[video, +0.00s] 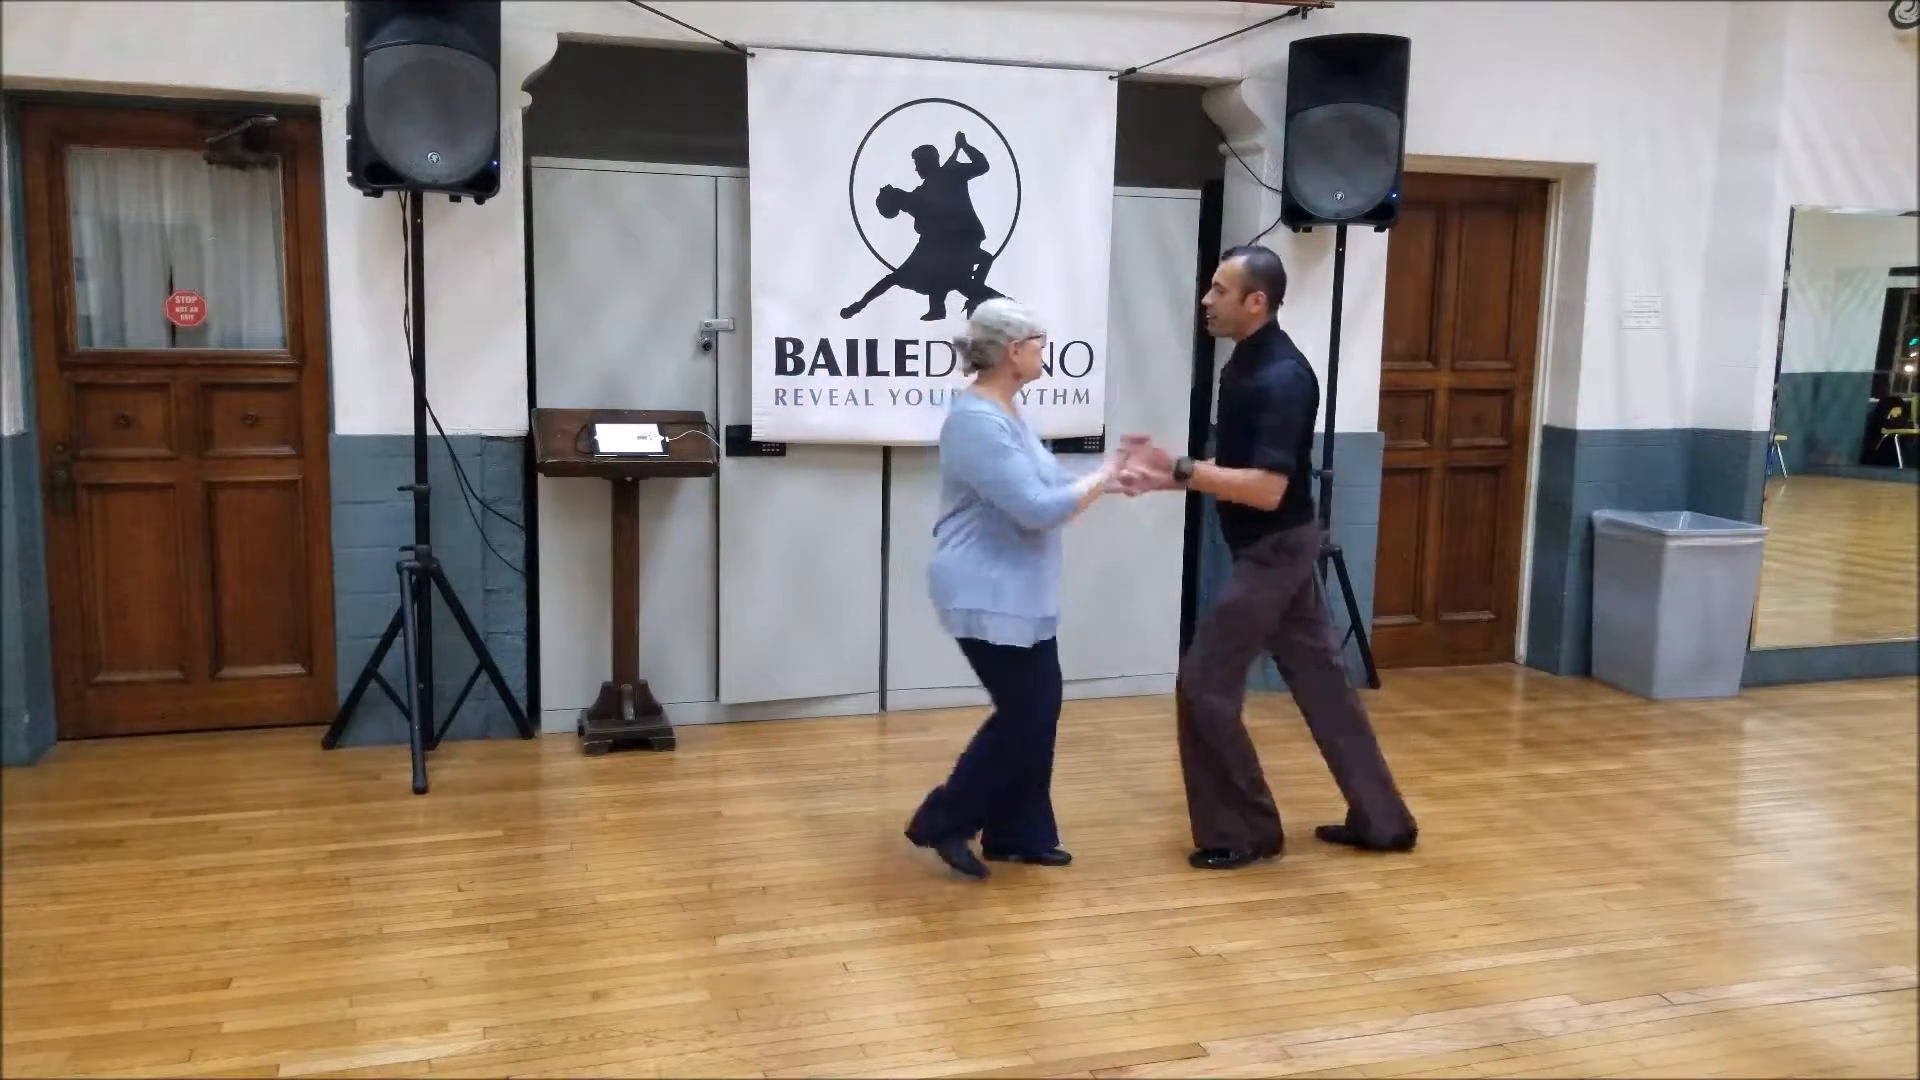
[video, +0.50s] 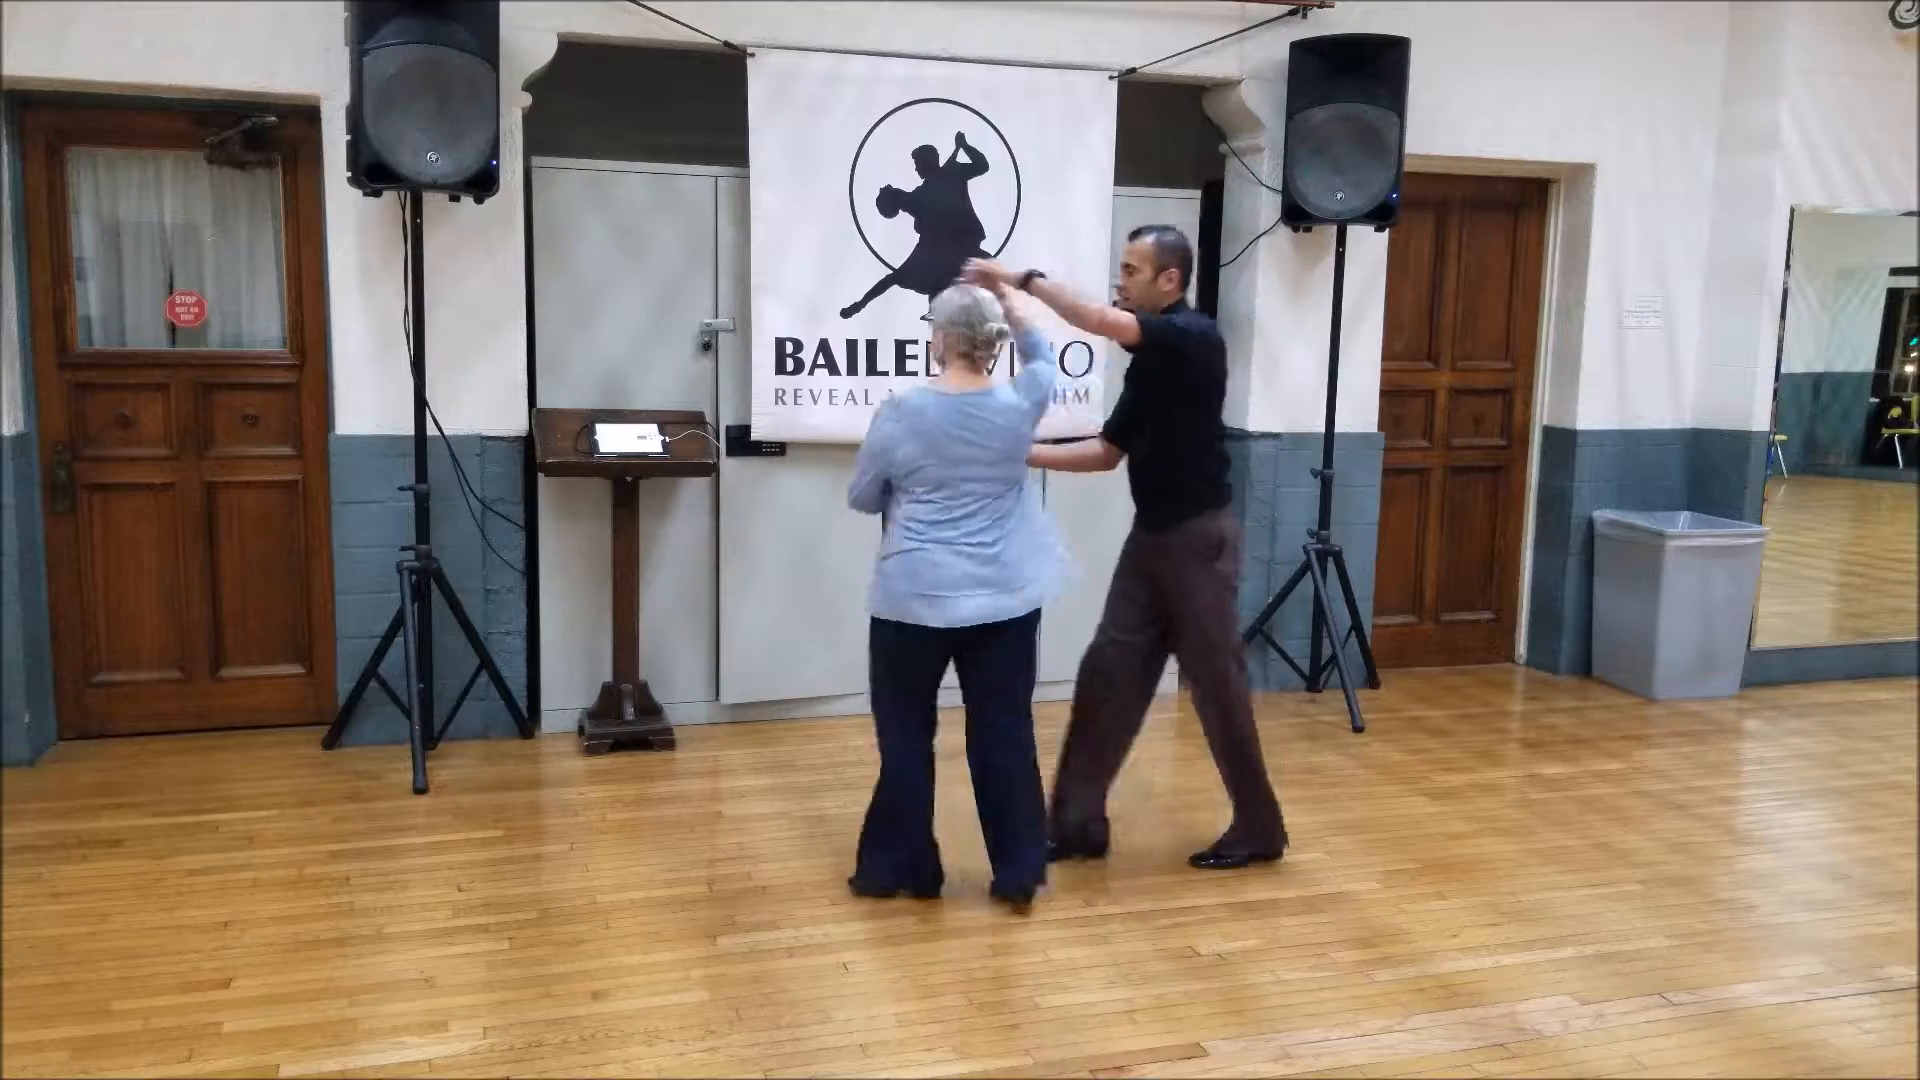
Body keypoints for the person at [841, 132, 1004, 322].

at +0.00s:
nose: (915, 167)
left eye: (917, 162)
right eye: (915, 162)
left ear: (924, 163)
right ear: (936, 160)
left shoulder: (919, 195)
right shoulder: (956, 172)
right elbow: (983, 166)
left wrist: (890, 194)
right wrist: (965, 146)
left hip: (933, 251)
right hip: (965, 246)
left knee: (895, 278)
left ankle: (861, 304)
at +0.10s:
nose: (916, 168)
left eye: (918, 163)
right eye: (916, 163)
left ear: (924, 163)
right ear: (937, 160)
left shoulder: (918, 195)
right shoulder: (955, 172)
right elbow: (982, 166)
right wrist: (964, 146)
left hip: (932, 251)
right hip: (965, 245)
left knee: (894, 278)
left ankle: (860, 305)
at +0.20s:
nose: (916, 168)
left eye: (917, 163)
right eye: (916, 163)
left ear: (924, 163)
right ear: (937, 161)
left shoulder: (917, 196)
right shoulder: (955, 172)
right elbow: (982, 166)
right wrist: (965, 146)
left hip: (931, 252)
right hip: (965, 247)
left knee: (893, 278)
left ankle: (860, 305)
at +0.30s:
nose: (916, 168)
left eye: (918, 163)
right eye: (916, 163)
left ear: (925, 163)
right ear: (937, 161)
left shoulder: (917, 196)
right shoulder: (955, 172)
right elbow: (982, 166)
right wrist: (965, 146)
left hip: (931, 251)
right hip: (965, 247)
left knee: (893, 278)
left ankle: (860, 305)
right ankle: (936, 308)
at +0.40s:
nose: (916, 168)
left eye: (917, 163)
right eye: (915, 163)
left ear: (926, 162)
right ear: (936, 161)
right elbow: (982, 166)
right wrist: (965, 146)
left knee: (894, 277)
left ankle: (860, 305)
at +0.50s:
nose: (916, 167)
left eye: (918, 162)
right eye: (915, 163)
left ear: (928, 162)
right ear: (936, 161)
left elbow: (982, 167)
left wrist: (964, 146)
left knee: (893, 278)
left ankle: (859, 306)